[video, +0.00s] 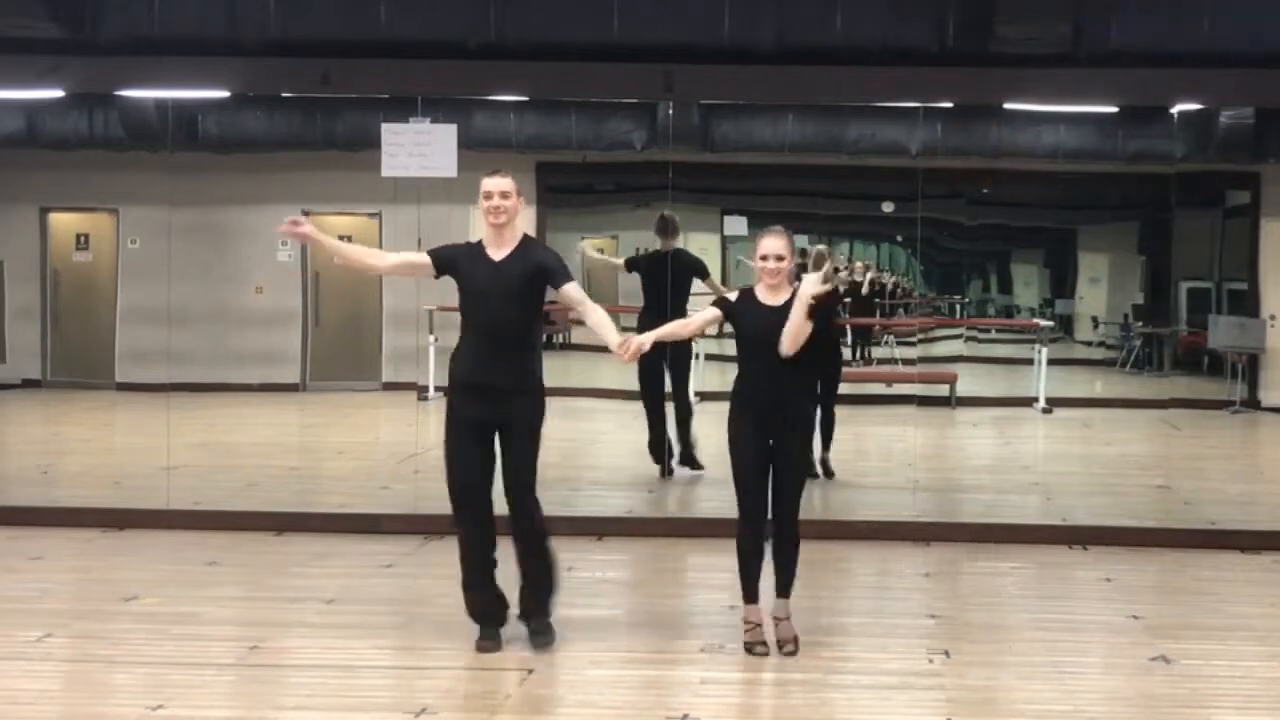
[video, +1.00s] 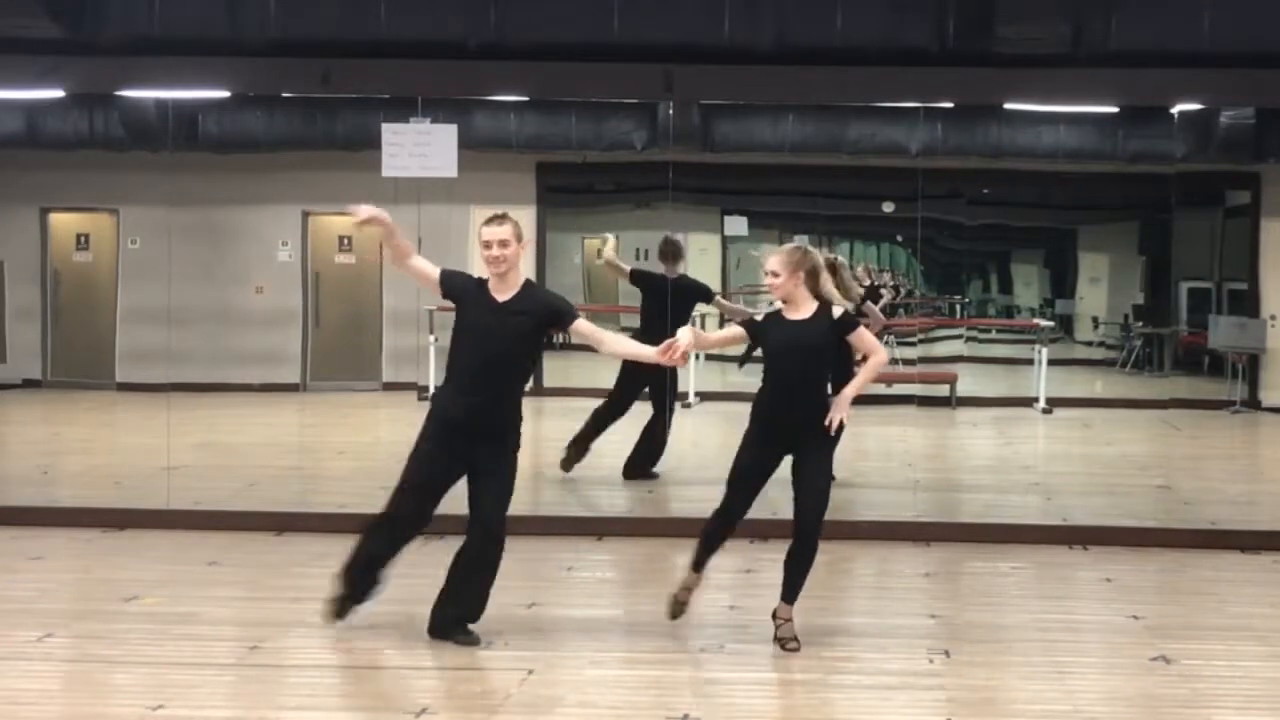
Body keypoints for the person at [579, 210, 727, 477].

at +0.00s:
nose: (668, 237)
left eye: (662, 231)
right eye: (674, 232)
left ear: (656, 233)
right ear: (678, 233)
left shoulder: (646, 260)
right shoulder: (689, 260)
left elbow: (615, 263)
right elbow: (716, 288)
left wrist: (588, 252)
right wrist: (731, 296)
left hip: (650, 337)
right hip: (680, 336)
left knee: (653, 398)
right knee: (681, 395)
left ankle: (662, 458)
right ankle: (687, 453)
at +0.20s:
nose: (667, 238)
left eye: (662, 232)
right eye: (671, 232)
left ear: (656, 233)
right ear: (677, 233)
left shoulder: (645, 259)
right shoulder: (686, 262)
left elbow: (630, 265)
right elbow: (712, 294)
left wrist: (639, 256)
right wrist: (736, 310)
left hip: (656, 334)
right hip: (682, 334)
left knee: (660, 394)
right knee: (679, 390)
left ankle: (692, 443)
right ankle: (684, 447)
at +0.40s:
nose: (678, 243)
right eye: (681, 238)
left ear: (661, 238)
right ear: (681, 239)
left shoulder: (647, 261)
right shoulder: (683, 268)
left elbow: (611, 265)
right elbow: (711, 301)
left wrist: (579, 269)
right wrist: (730, 311)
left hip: (655, 341)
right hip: (677, 343)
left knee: (684, 396)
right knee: (688, 398)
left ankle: (670, 450)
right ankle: (678, 457)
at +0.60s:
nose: (676, 250)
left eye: (669, 246)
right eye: (680, 245)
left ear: (663, 247)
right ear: (685, 247)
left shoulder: (652, 268)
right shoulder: (691, 276)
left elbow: (615, 262)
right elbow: (723, 304)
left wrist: (582, 255)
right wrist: (746, 317)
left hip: (646, 337)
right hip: (668, 340)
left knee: (654, 401)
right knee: (675, 400)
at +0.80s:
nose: (672, 257)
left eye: (668, 253)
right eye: (677, 253)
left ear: (663, 255)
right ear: (685, 256)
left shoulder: (651, 276)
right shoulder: (695, 286)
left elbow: (616, 260)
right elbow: (729, 309)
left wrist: (593, 238)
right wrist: (754, 317)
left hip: (631, 349)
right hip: (659, 354)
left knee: (625, 395)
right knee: (658, 410)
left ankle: (623, 447)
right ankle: (638, 464)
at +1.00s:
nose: (668, 258)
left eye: (665, 255)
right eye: (675, 255)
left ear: (660, 256)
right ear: (683, 257)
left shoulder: (648, 280)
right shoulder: (692, 287)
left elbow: (612, 262)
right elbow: (727, 307)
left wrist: (609, 246)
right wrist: (753, 315)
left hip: (637, 358)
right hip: (666, 363)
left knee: (616, 403)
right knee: (663, 415)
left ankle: (577, 447)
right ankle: (638, 467)